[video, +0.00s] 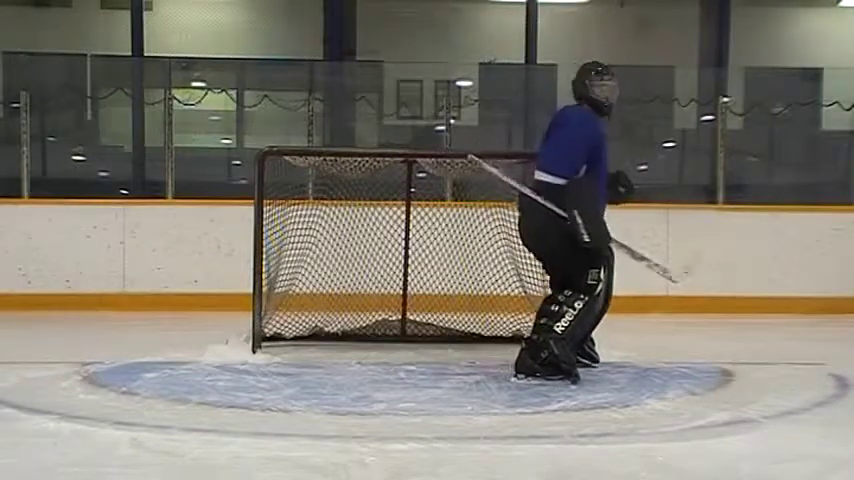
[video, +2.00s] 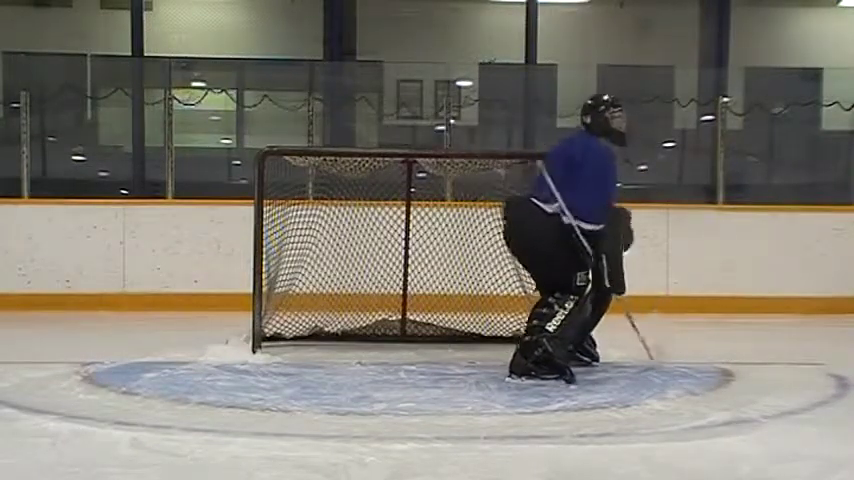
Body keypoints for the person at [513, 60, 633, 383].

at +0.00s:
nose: (610, 92)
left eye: (612, 85)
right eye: (603, 85)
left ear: (580, 90)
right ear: (587, 88)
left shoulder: (568, 117)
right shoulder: (586, 124)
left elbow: (573, 173)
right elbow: (569, 188)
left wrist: (606, 183)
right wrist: (592, 238)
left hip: (536, 213)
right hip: (556, 216)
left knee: (568, 279)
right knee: (595, 276)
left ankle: (541, 348)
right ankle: (553, 345)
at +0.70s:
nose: (629, 122)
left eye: (633, 117)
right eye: (627, 114)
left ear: (604, 104)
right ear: (612, 105)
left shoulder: (586, 123)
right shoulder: (590, 129)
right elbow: (575, 191)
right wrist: (598, 235)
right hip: (545, 211)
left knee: (560, 280)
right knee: (574, 280)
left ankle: (542, 349)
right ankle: (540, 353)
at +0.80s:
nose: (633, 133)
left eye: (637, 127)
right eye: (630, 125)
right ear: (615, 116)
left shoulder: (591, 134)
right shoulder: (594, 141)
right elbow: (579, 207)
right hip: (536, 214)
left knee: (560, 281)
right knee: (573, 281)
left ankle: (543, 349)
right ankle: (540, 353)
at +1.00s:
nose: (642, 175)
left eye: (646, 170)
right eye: (640, 167)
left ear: (618, 152)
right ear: (628, 159)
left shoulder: (591, 163)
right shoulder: (610, 187)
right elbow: (600, 239)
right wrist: (617, 279)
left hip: (514, 220)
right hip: (535, 232)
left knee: (564, 287)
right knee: (592, 288)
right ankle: (541, 356)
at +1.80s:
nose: (629, 136)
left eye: (629, 130)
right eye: (622, 130)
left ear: (597, 134)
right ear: (604, 132)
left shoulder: (583, 154)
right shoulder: (600, 164)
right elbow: (592, 226)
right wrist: (610, 275)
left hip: (516, 219)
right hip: (535, 225)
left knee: (560, 289)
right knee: (586, 286)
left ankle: (537, 352)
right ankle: (542, 353)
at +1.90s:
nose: (624, 128)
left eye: (624, 122)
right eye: (617, 123)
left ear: (596, 126)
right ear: (600, 125)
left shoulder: (580, 148)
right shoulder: (595, 156)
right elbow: (588, 214)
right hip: (537, 224)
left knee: (560, 288)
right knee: (584, 287)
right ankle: (538, 354)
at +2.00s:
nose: (622, 121)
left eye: (621, 115)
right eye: (616, 116)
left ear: (593, 120)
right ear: (599, 119)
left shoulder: (574, 143)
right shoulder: (598, 152)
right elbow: (591, 215)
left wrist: (613, 219)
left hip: (524, 218)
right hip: (544, 226)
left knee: (558, 288)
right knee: (585, 287)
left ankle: (535, 348)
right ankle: (539, 353)